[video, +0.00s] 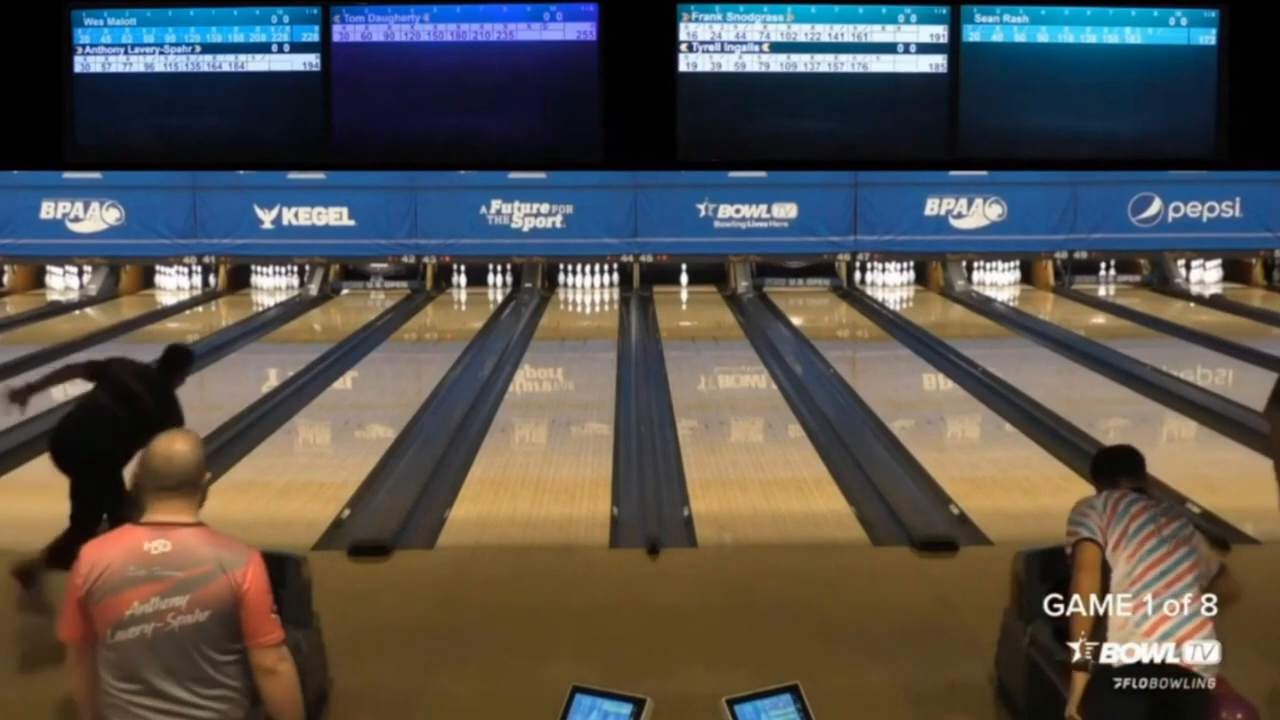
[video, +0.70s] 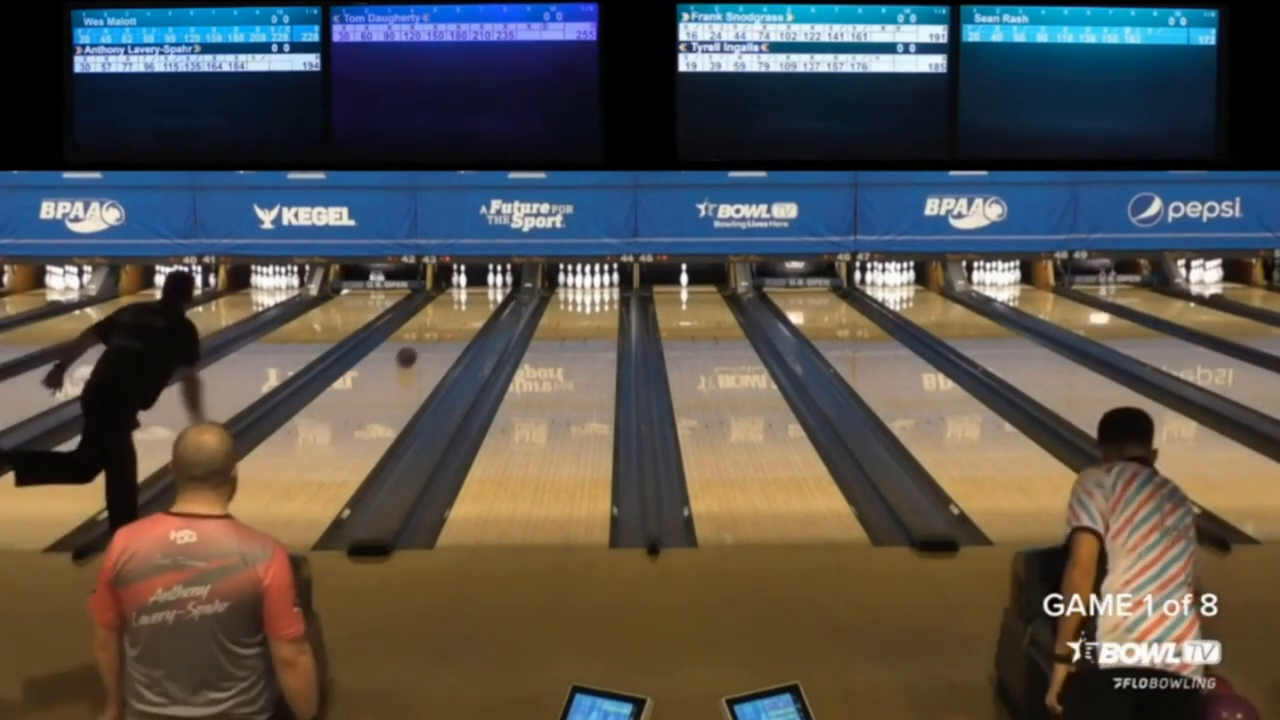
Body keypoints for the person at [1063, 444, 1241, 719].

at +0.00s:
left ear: (1097, 483)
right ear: (1144, 478)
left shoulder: (1095, 508)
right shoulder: (1176, 517)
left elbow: (1087, 588)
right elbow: (1228, 588)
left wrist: (1079, 670)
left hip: (1124, 679)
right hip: (1191, 684)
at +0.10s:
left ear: (1095, 476)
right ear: (1143, 473)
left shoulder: (1094, 502)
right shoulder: (1182, 514)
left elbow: (1084, 589)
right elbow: (1236, 596)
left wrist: (1076, 669)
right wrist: (1184, 623)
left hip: (1122, 680)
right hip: (1192, 686)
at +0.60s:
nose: (1103, 459)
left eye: (1104, 452)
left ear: (1103, 450)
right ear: (1152, 456)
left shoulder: (1098, 482)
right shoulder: (1180, 497)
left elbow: (1082, 573)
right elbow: (1196, 587)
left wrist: (1063, 658)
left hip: (1121, 671)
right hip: (1186, 676)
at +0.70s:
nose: (1104, 459)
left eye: (1103, 451)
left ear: (1103, 448)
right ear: (1152, 454)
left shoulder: (1098, 480)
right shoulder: (1178, 496)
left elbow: (1082, 574)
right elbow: (1191, 587)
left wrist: (1062, 658)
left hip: (1119, 672)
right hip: (1183, 678)